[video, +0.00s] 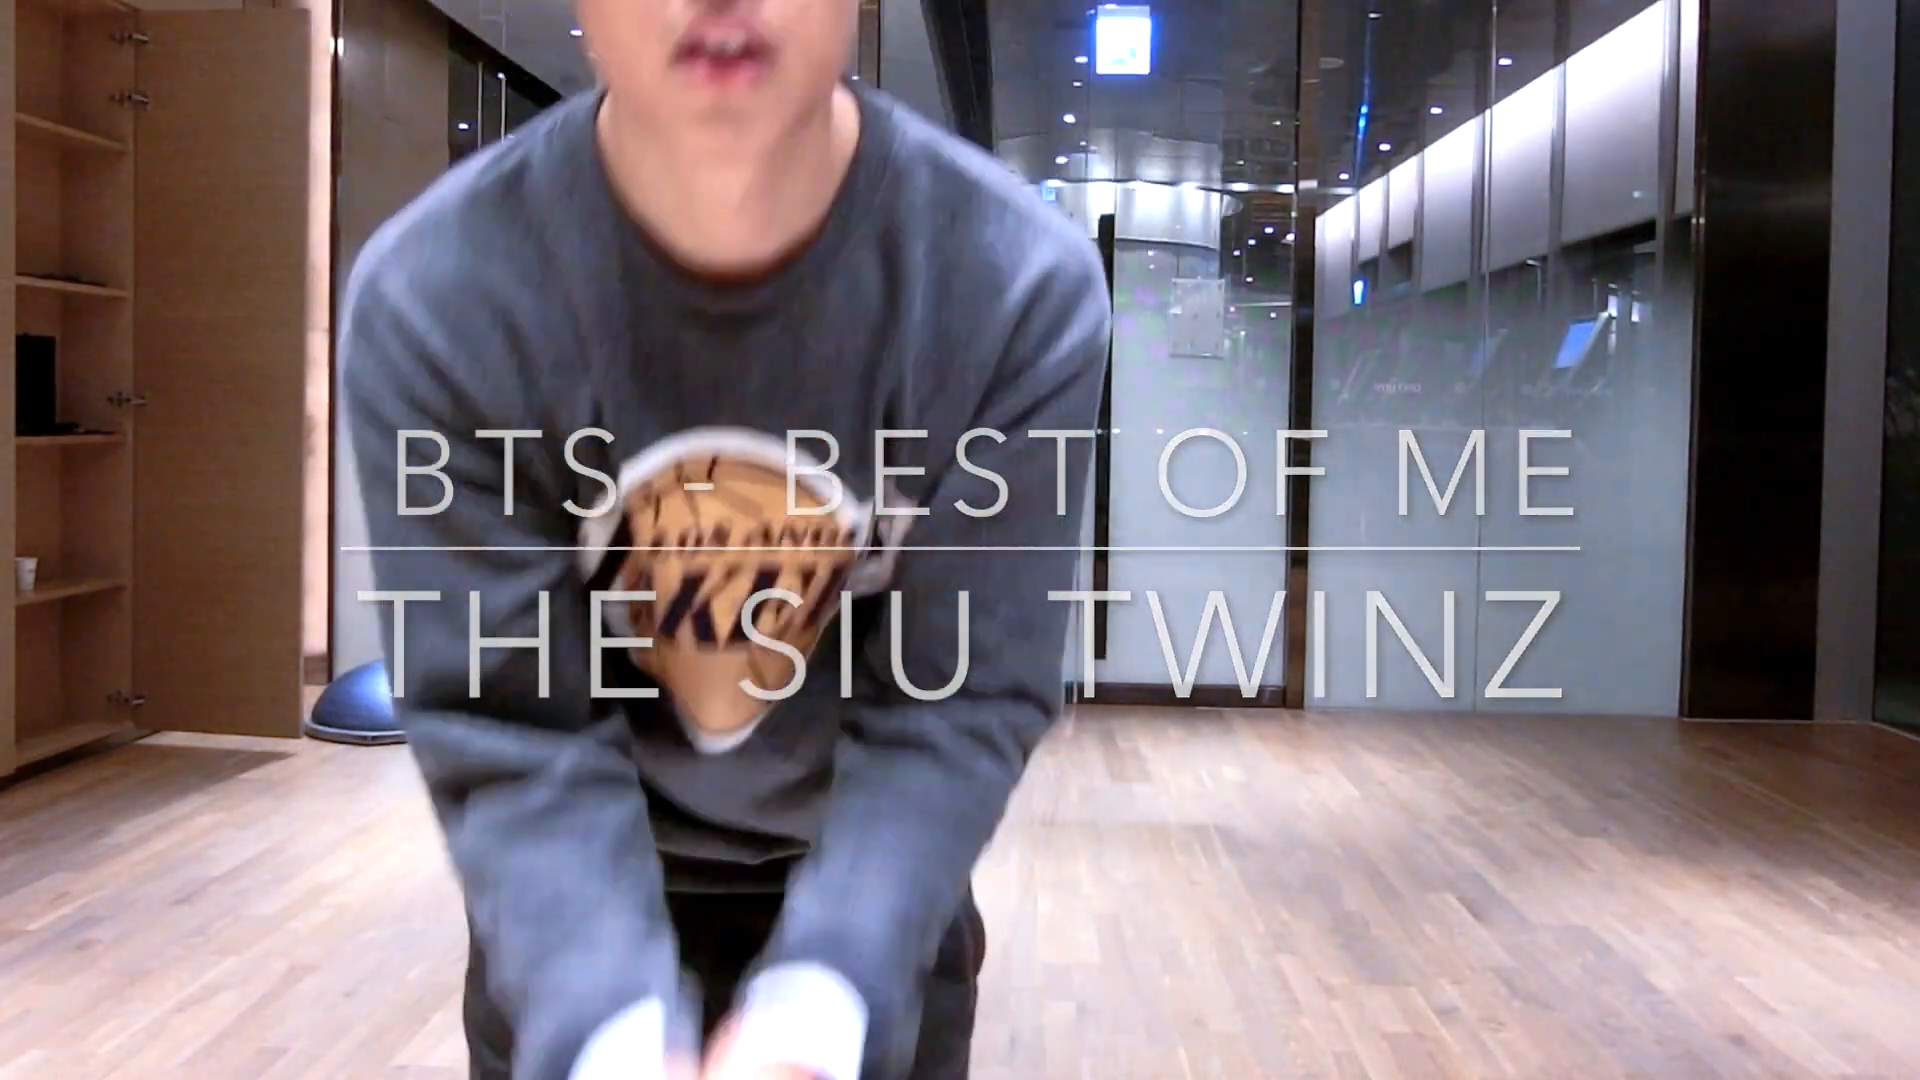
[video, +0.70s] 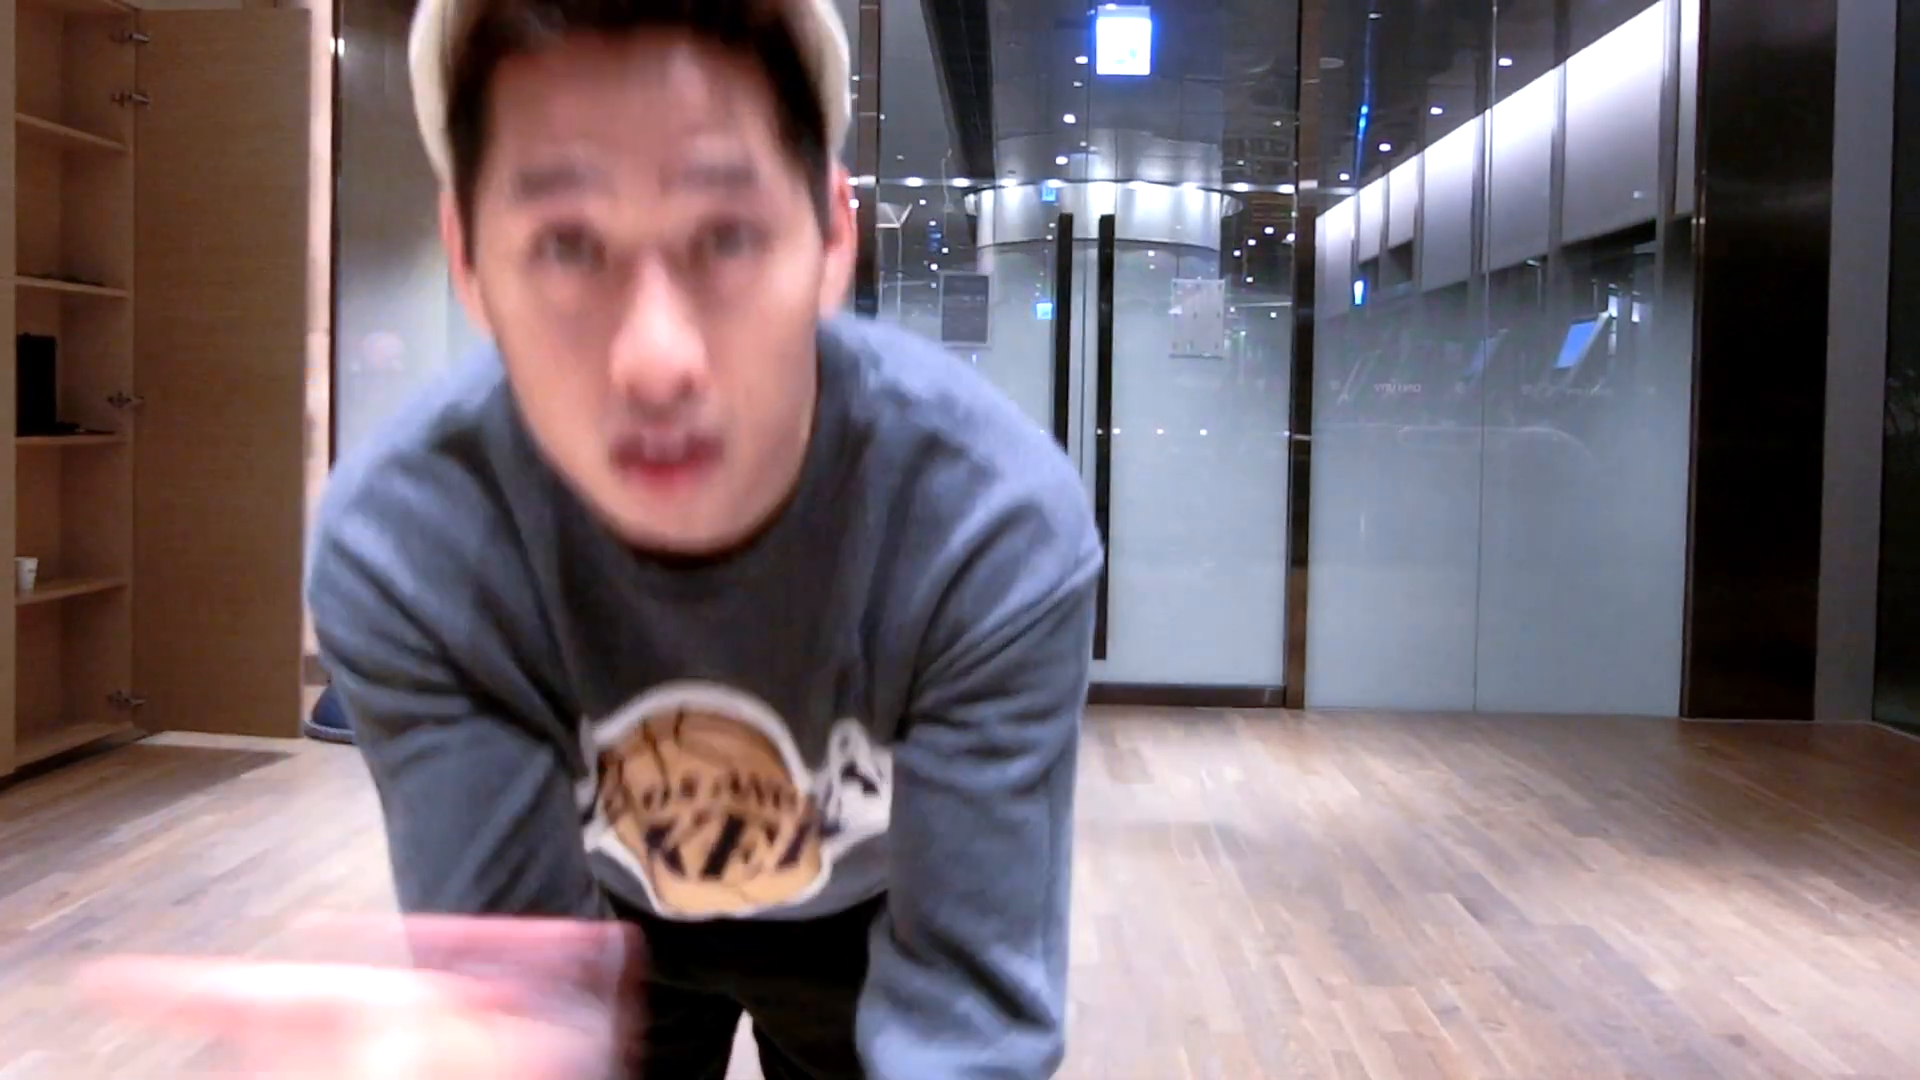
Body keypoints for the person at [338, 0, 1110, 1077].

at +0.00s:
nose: (716, 0)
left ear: (857, 4)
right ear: (579, 12)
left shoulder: (1018, 285)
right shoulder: (436, 292)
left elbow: (959, 707)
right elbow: (516, 742)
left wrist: (817, 999)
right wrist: (613, 1035)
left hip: (872, 859)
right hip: (583, 859)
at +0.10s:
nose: (690, 67)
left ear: (852, 31)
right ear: (508, 38)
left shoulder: (1016, 372)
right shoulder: (407, 392)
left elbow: (925, 855)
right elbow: (536, 864)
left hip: (866, 900)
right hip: (583, 893)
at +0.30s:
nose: (671, 201)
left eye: (742, 88)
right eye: (582, 92)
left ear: (843, 119)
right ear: (476, 133)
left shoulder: (1006, 451)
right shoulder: (394, 457)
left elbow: (907, 927)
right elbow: (531, 932)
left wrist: (848, 1069)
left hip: (872, 910)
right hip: (601, 912)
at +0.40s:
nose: (662, 195)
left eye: (730, 87)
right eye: (573, 87)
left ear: (836, 109)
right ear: (466, 121)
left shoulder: (1010, 430)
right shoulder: (380, 442)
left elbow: (1026, 901)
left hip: (878, 889)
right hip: (599, 881)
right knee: (582, 1074)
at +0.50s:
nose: (645, 210)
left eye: (716, 101)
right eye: (562, 105)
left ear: (827, 125)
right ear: (463, 146)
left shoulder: (1005, 426)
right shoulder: (370, 445)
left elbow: (1131, 841)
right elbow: (259, 847)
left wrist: (1094, 1068)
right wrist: (216, 1065)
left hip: (888, 884)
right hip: (605, 880)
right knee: (587, 1072)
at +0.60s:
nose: (648, 236)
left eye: (719, 128)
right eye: (566, 133)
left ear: (828, 153)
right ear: (466, 172)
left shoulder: (1002, 466)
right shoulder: (391, 476)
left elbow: (1015, 932)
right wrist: (125, 1053)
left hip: (863, 895)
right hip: (600, 883)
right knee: (589, 1077)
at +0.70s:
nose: (658, 360)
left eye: (726, 241)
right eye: (569, 247)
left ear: (835, 239)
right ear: (467, 260)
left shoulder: (993, 523)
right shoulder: (399, 546)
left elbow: (973, 1022)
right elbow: (526, 1020)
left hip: (863, 926)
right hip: (606, 931)